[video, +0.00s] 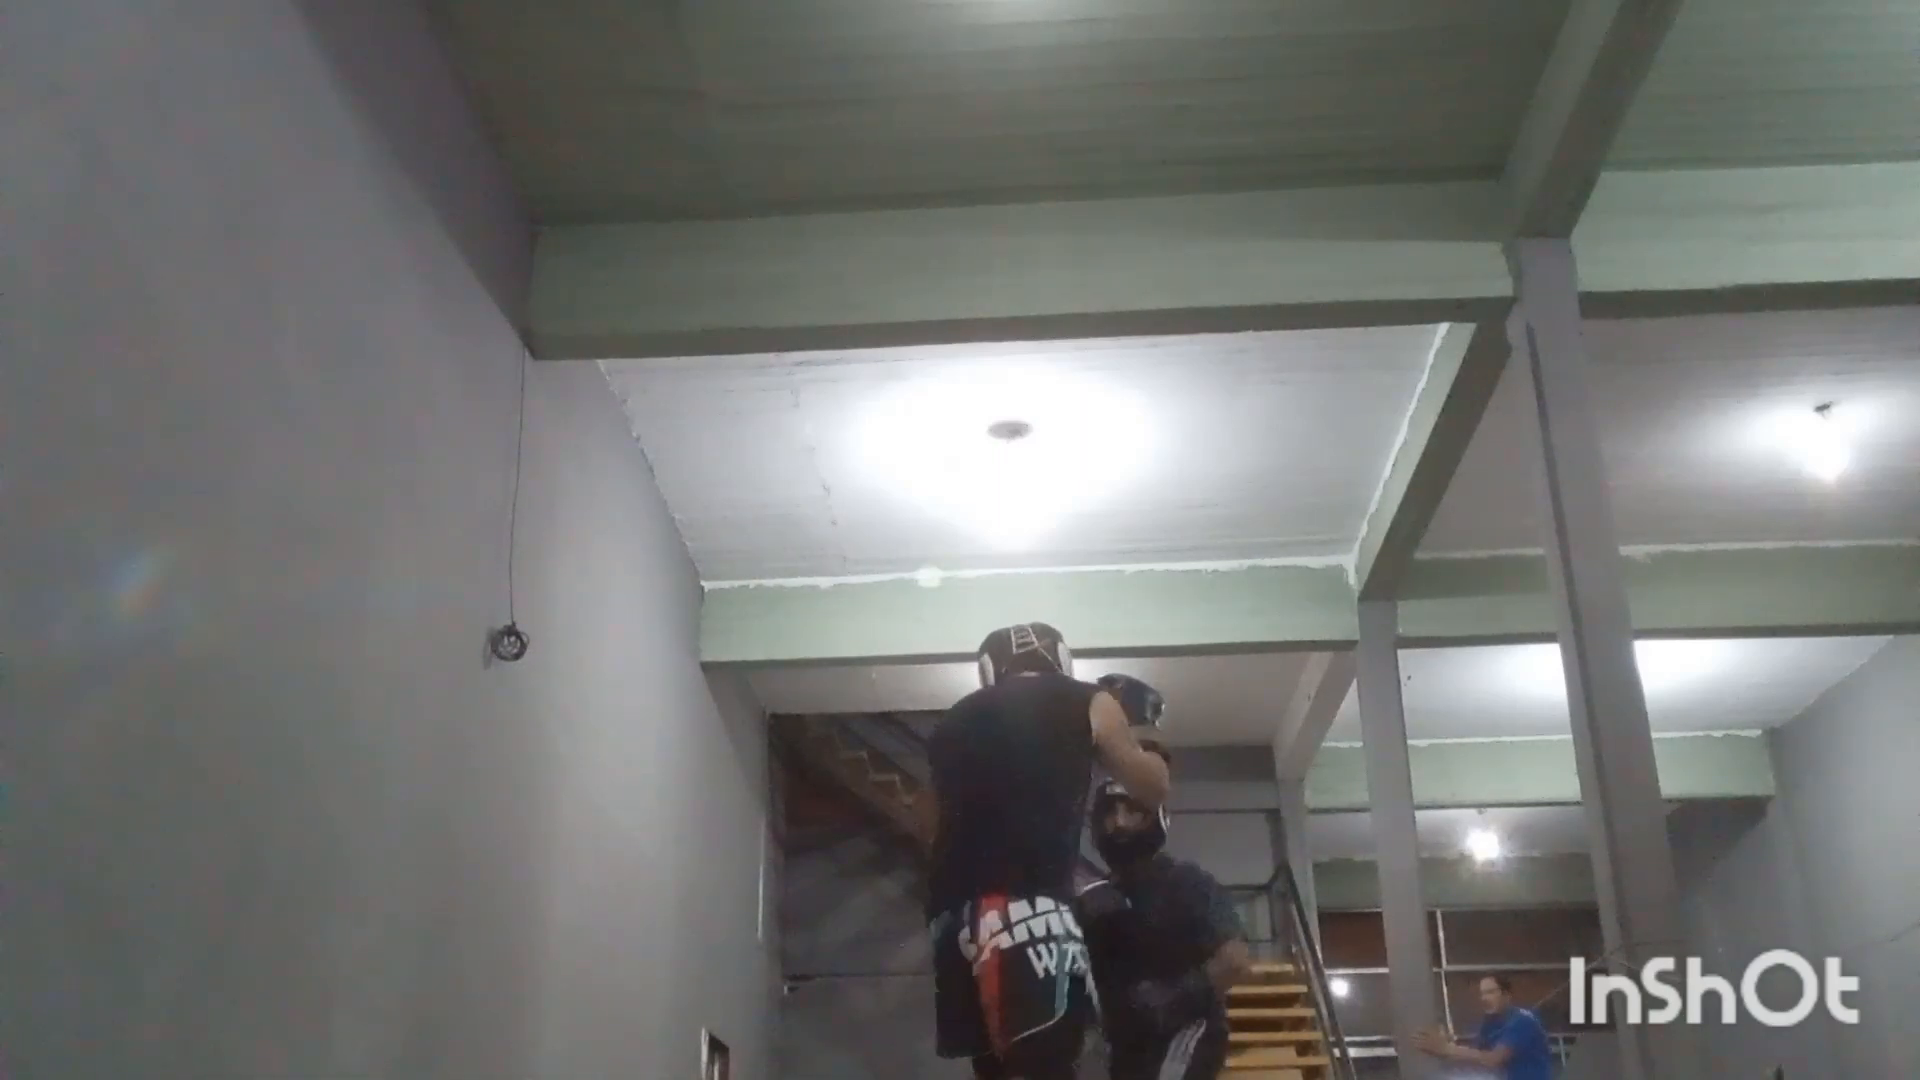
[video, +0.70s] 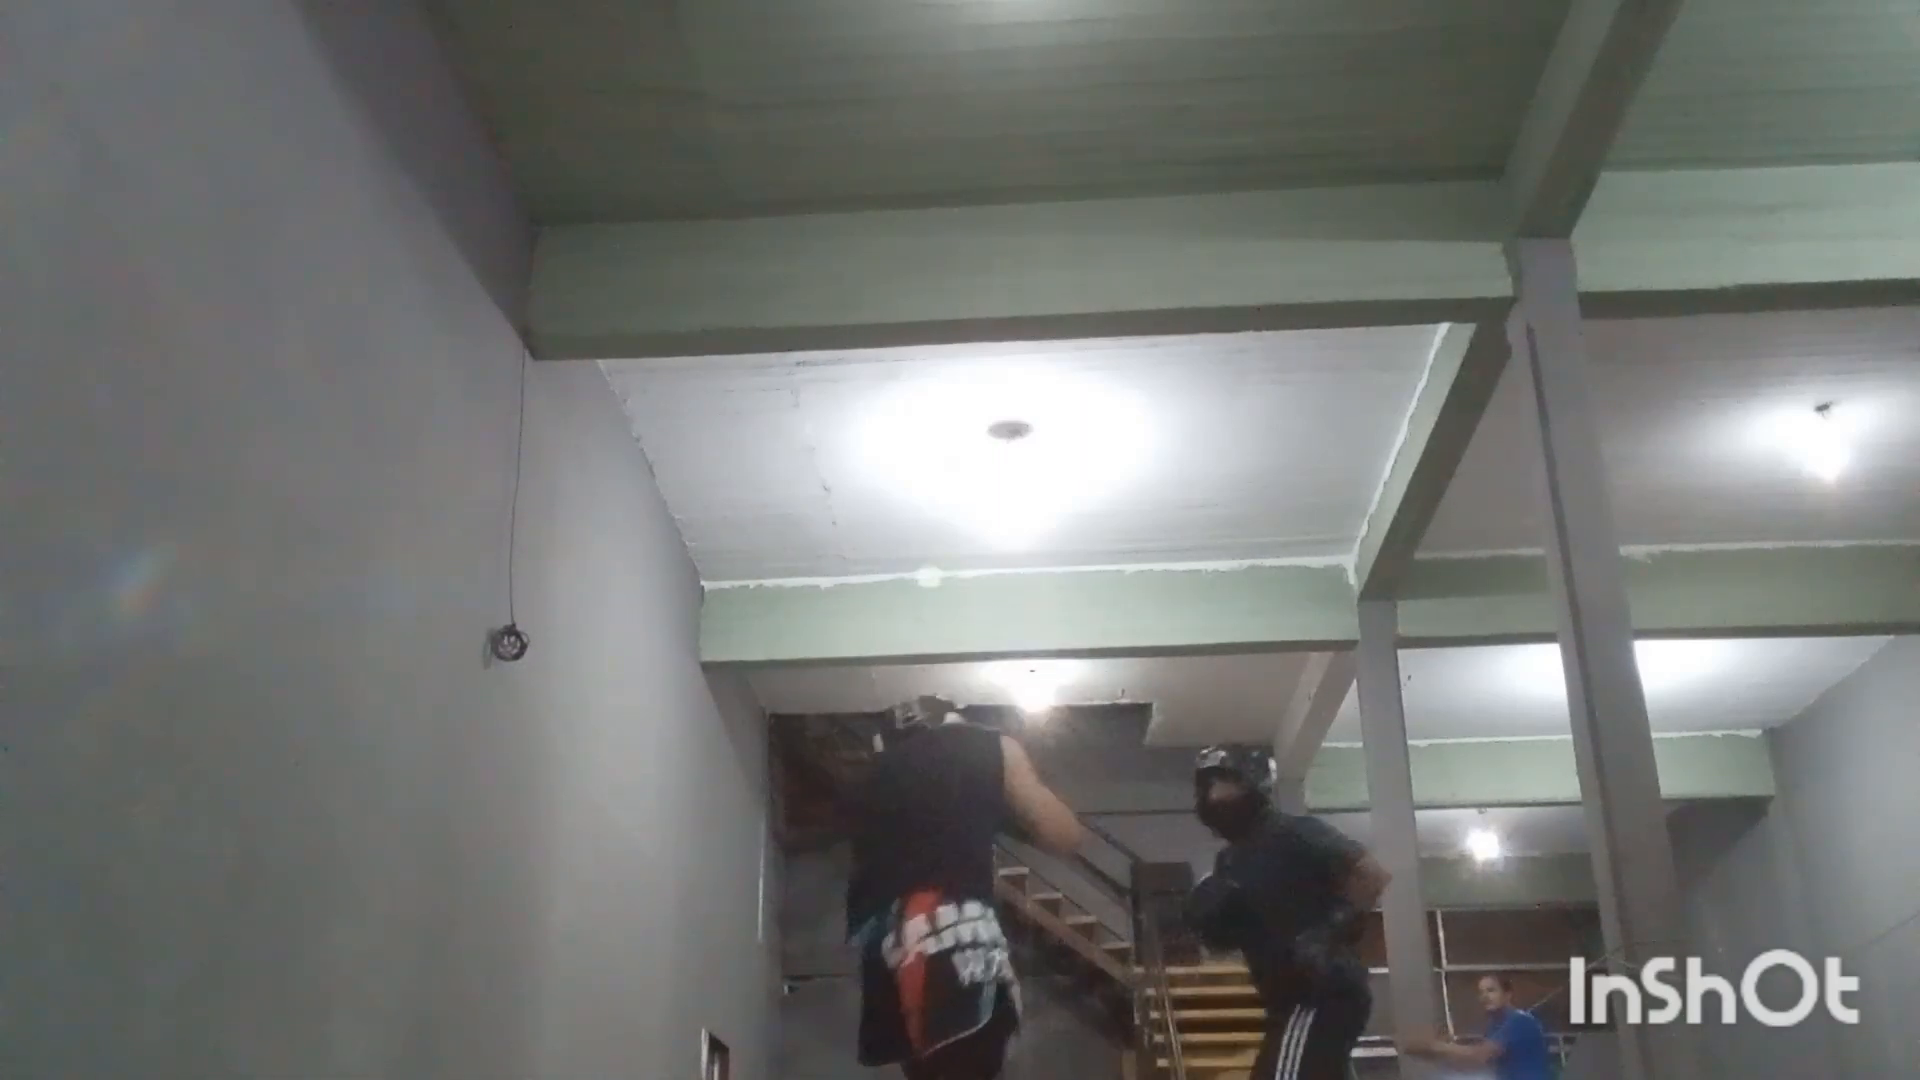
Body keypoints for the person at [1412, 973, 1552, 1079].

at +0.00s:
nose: (1484, 998)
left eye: (1490, 992)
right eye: (1482, 994)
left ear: (1506, 994)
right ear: (1480, 996)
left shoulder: (1523, 1020)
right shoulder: (1491, 1021)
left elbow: (1495, 1060)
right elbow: (1479, 1051)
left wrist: (1446, 1049)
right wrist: (1446, 1046)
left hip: (1532, 1075)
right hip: (1509, 1075)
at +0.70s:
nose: (1485, 996)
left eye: (1491, 991)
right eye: (1481, 993)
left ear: (1507, 993)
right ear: (1478, 997)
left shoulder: (1519, 1021)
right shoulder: (1496, 1021)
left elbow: (1483, 1055)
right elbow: (1482, 1051)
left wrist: (1434, 1046)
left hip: (1528, 1075)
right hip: (1508, 1075)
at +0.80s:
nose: (1478, 996)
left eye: (1484, 990)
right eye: (1476, 992)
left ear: (1502, 993)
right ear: (1473, 995)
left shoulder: (1513, 1020)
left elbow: (1474, 1053)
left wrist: (1421, 1047)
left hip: (1523, 1075)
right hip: (1507, 1075)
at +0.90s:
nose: (1474, 993)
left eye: (1480, 988)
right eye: (1472, 990)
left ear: (1497, 993)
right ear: (1469, 993)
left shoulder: (1508, 1019)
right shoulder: (1487, 1020)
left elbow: (1475, 1053)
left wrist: (1433, 1048)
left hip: (1516, 1075)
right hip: (1498, 1074)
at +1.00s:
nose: (1470, 993)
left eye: (1476, 987)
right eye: (1467, 989)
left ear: (1494, 992)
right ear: (1464, 996)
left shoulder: (1506, 1019)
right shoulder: (1479, 1026)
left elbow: (1475, 1055)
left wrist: (1432, 1050)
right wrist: (1454, 1049)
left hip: (1515, 1076)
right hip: (1492, 1076)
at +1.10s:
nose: (1465, 992)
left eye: (1472, 986)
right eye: (1463, 988)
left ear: (1490, 993)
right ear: (1460, 995)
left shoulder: (1499, 1019)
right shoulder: (1477, 1025)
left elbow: (1472, 1057)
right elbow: (1463, 1055)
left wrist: (1424, 1049)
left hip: (1509, 1075)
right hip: (1490, 1075)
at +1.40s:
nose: (1459, 991)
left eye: (1466, 986)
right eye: (1456, 987)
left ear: (1482, 993)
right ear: (1453, 992)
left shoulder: (1489, 1018)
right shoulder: (1466, 1023)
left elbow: (1473, 1056)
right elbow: (1457, 1057)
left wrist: (1421, 1049)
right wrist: (1421, 1043)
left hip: (1493, 1075)